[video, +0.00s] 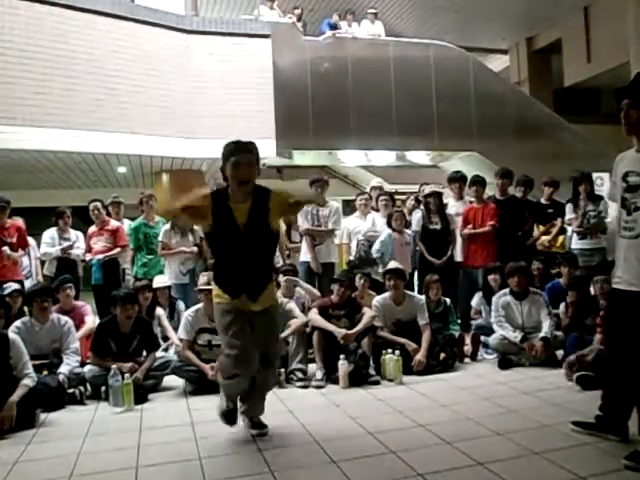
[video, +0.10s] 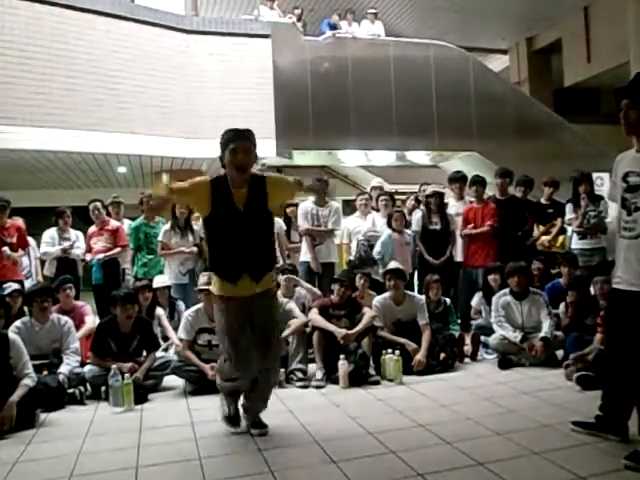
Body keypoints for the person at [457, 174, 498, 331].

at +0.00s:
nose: (475, 190)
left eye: (478, 187)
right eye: (472, 187)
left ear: (483, 189)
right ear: (469, 189)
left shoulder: (490, 207)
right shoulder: (468, 210)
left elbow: (491, 226)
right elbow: (462, 230)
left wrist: (470, 231)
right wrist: (475, 228)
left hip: (486, 259)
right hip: (470, 259)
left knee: (486, 296)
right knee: (466, 296)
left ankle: (487, 325)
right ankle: (465, 328)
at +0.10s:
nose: (475, 190)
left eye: (478, 187)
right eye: (472, 187)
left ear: (484, 189)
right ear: (469, 189)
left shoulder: (491, 208)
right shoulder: (468, 210)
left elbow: (490, 226)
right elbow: (462, 231)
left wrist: (470, 231)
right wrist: (478, 228)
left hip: (486, 259)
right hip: (470, 259)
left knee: (486, 296)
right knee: (465, 297)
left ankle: (486, 327)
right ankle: (464, 329)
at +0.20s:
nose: (475, 190)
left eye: (478, 187)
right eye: (473, 187)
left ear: (484, 189)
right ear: (469, 189)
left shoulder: (490, 208)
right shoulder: (468, 210)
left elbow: (487, 228)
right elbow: (461, 232)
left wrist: (468, 232)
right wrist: (474, 227)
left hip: (486, 259)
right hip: (470, 259)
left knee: (485, 297)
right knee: (465, 298)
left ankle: (486, 328)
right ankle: (465, 329)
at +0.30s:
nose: (475, 190)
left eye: (478, 187)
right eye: (473, 187)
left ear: (484, 189)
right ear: (470, 189)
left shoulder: (491, 208)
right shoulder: (468, 210)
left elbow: (487, 228)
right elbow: (461, 231)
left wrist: (468, 233)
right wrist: (473, 228)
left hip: (486, 259)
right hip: (470, 259)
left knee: (485, 296)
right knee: (465, 297)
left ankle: (486, 328)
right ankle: (464, 329)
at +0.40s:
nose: (475, 190)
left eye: (478, 187)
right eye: (472, 187)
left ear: (484, 189)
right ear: (469, 189)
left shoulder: (491, 208)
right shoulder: (468, 210)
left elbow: (487, 228)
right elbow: (462, 231)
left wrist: (469, 233)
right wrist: (472, 228)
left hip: (486, 259)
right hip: (470, 259)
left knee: (485, 297)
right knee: (465, 297)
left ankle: (486, 328)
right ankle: (465, 329)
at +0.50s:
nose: (475, 190)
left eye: (479, 187)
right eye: (473, 187)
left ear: (484, 189)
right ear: (469, 189)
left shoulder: (491, 208)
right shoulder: (469, 210)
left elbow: (486, 230)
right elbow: (461, 231)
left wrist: (468, 232)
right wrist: (473, 228)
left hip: (486, 259)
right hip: (470, 259)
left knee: (486, 296)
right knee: (465, 296)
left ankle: (487, 325)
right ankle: (465, 326)